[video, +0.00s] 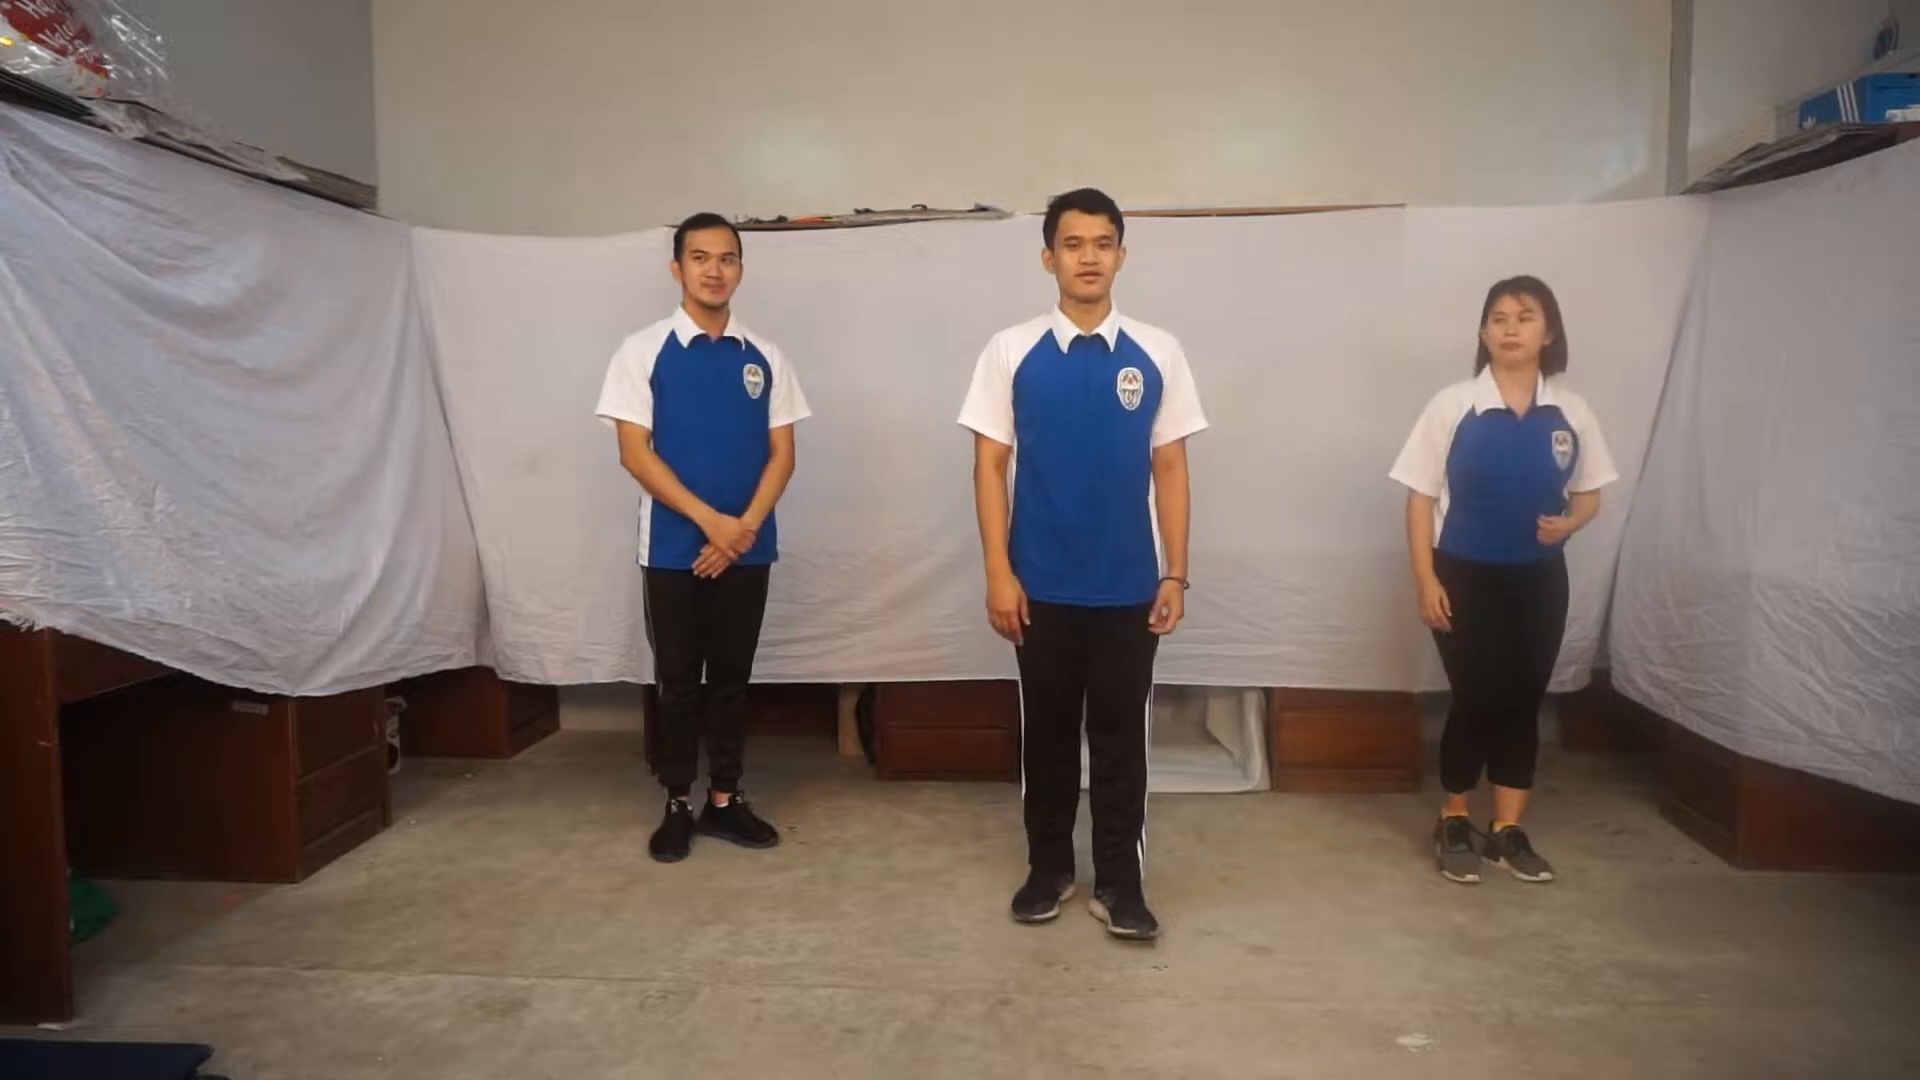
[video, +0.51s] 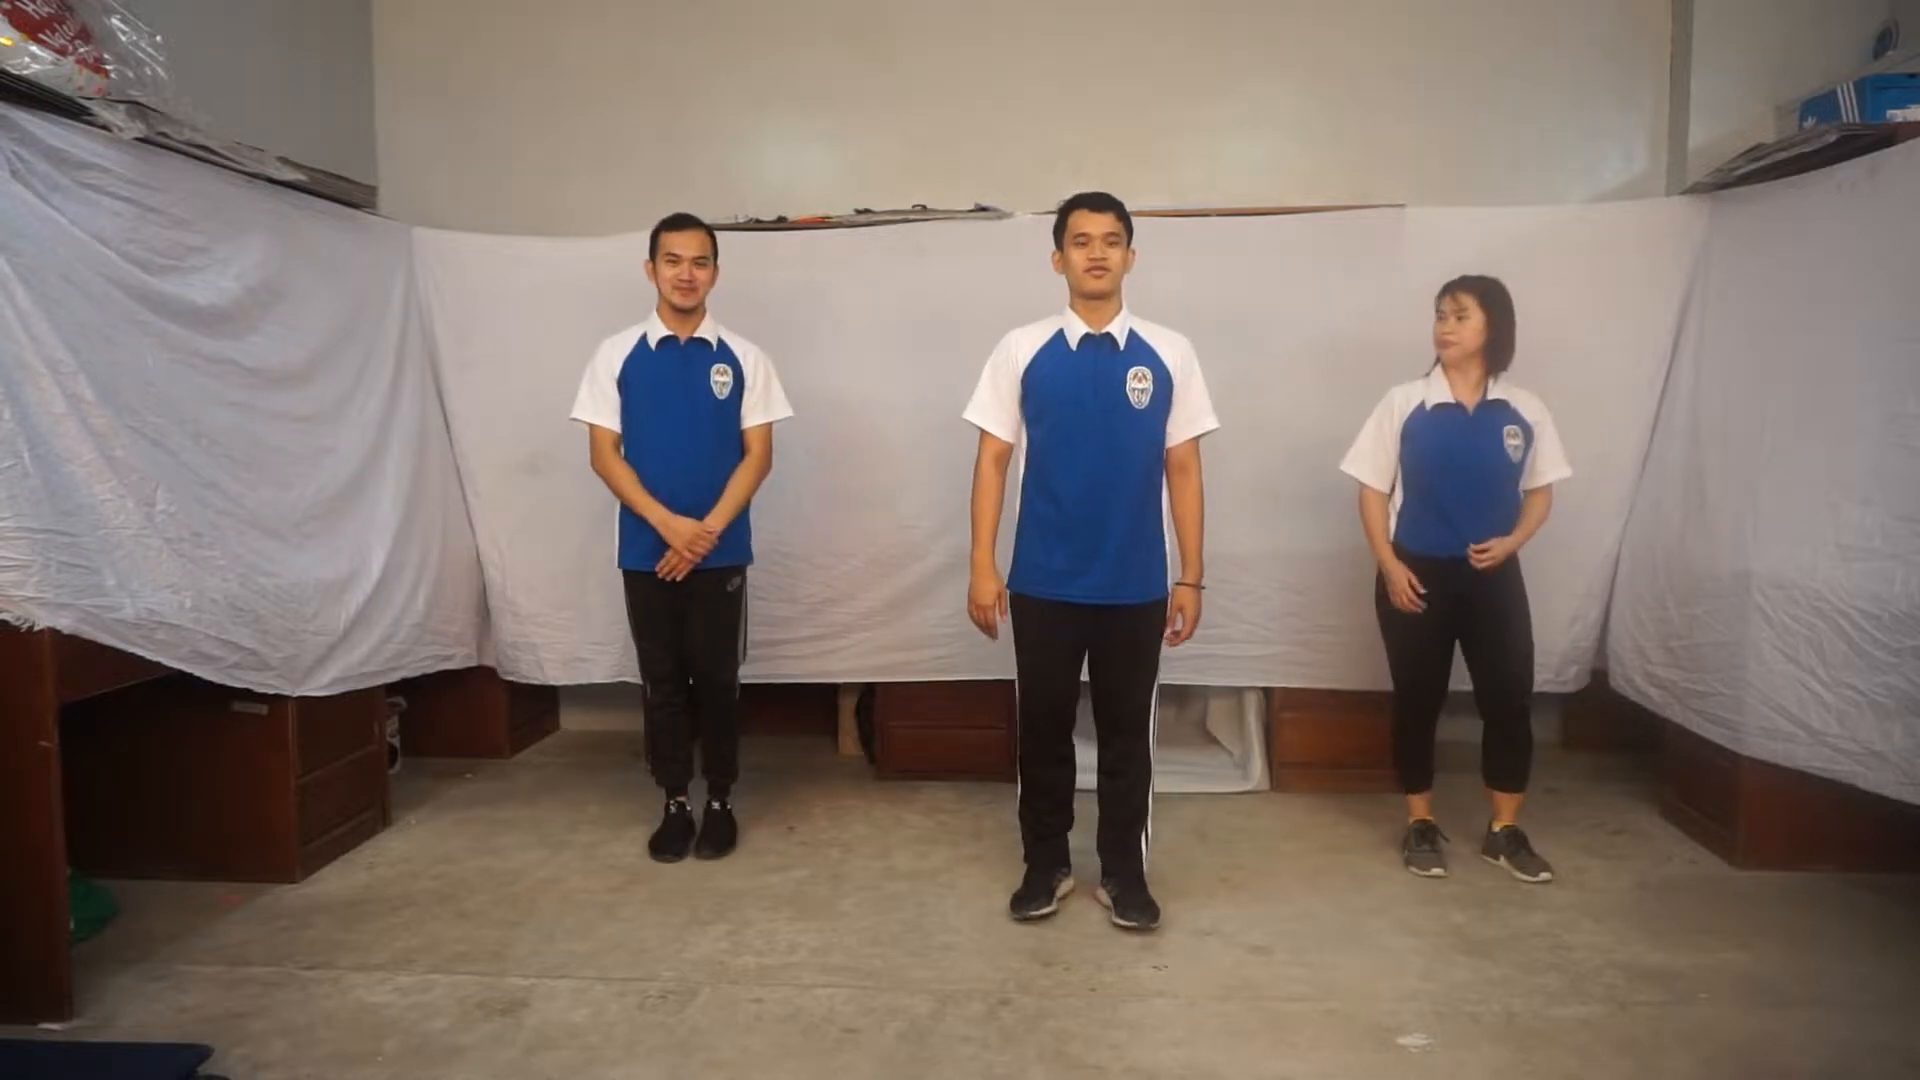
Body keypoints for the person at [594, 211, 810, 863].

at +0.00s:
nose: (717, 269)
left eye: (728, 259)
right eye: (702, 258)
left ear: (740, 270)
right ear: (678, 269)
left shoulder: (765, 356)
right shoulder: (642, 351)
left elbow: (783, 455)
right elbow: (634, 454)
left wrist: (738, 535)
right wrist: (710, 518)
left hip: (747, 552)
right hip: (673, 553)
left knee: (731, 682)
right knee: (678, 684)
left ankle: (725, 801)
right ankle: (678, 805)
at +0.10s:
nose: (708, 270)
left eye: (720, 259)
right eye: (694, 259)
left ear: (733, 271)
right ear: (670, 269)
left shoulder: (757, 357)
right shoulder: (633, 352)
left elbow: (774, 456)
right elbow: (624, 454)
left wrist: (728, 535)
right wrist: (699, 518)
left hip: (739, 554)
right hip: (664, 556)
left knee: (730, 681)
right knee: (672, 685)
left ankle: (724, 801)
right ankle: (677, 805)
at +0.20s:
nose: (700, 271)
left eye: (712, 261)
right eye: (686, 260)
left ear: (726, 273)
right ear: (664, 270)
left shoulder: (751, 359)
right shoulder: (625, 352)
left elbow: (766, 458)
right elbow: (615, 454)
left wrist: (720, 535)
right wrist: (686, 519)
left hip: (732, 555)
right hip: (656, 557)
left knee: (726, 682)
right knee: (667, 687)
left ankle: (725, 801)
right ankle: (676, 805)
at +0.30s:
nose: (694, 272)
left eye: (707, 262)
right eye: (681, 261)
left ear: (721, 273)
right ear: (658, 270)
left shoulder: (746, 359)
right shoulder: (619, 353)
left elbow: (760, 458)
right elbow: (605, 454)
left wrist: (708, 536)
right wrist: (673, 522)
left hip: (723, 556)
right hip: (649, 556)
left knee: (721, 682)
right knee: (663, 687)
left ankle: (724, 798)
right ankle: (676, 804)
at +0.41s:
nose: (690, 272)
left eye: (703, 262)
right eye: (676, 260)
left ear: (717, 273)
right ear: (655, 269)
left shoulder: (744, 358)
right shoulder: (616, 353)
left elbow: (759, 456)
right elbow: (603, 455)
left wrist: (705, 535)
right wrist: (668, 521)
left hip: (720, 555)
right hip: (647, 556)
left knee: (716, 682)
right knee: (663, 687)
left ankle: (719, 801)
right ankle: (675, 804)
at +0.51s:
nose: (687, 273)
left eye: (700, 262)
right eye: (673, 261)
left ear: (714, 273)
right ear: (653, 270)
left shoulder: (744, 359)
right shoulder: (617, 355)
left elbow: (759, 457)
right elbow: (603, 456)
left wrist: (703, 537)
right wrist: (665, 521)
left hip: (720, 555)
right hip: (647, 556)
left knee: (717, 683)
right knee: (663, 687)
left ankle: (719, 801)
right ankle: (676, 804)